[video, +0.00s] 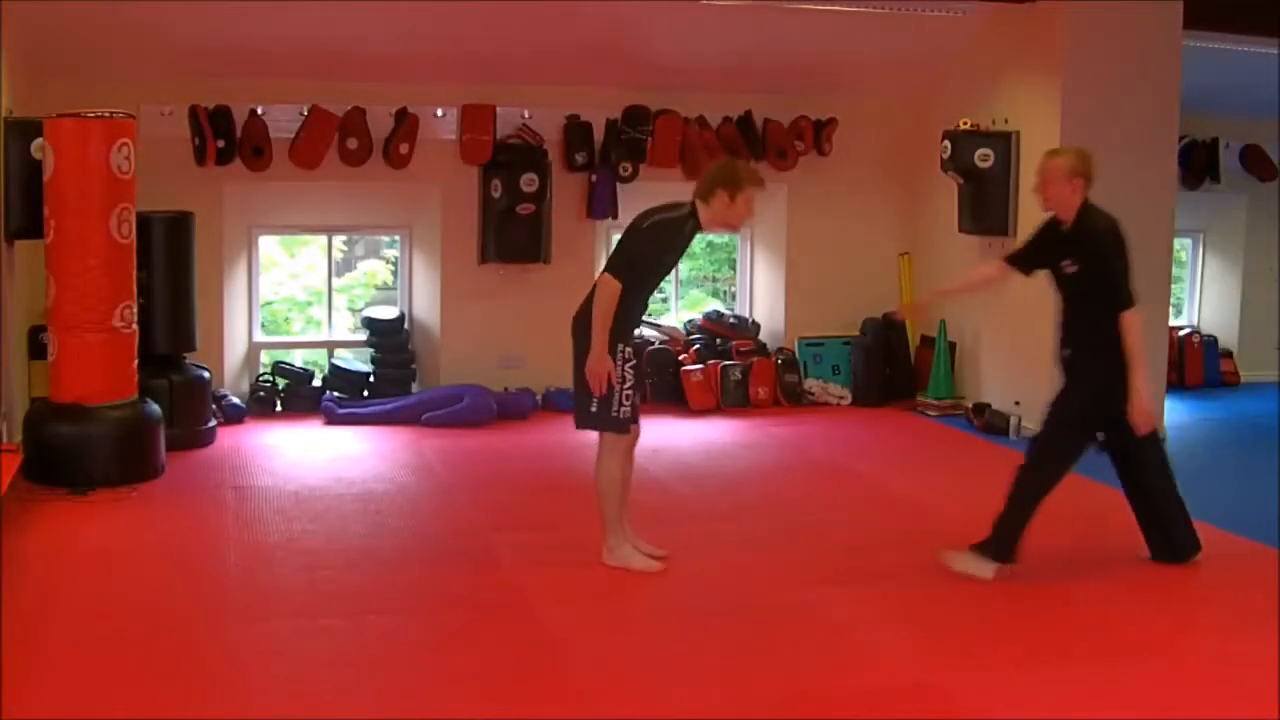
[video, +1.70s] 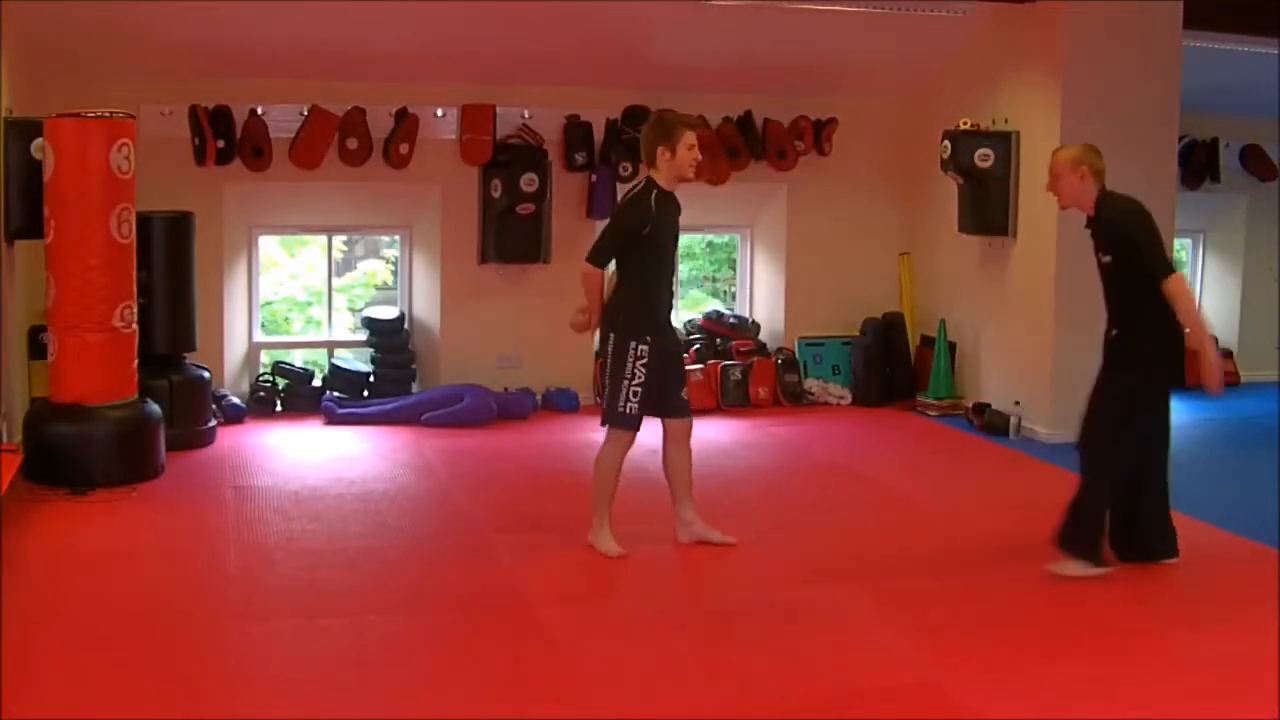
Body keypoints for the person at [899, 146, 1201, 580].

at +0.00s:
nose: (1038, 189)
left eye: (1046, 181)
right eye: (1039, 181)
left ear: (1076, 185)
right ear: (1063, 186)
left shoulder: (1102, 232)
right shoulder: (1054, 231)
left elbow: (1127, 314)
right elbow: (996, 271)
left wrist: (1140, 390)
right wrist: (931, 298)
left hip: (1101, 376)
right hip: (1094, 372)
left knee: (1043, 461)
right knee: (1140, 461)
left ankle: (995, 550)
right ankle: (1178, 545)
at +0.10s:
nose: (1001, 200)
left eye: (1011, 191)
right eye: (1003, 191)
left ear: (1041, 196)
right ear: (1027, 197)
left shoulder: (1069, 240)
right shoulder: (1017, 237)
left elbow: (1094, 324)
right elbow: (959, 262)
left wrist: (1103, 402)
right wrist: (892, 278)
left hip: (1069, 380)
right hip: (1059, 376)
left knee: (1010, 457)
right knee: (1107, 454)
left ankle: (975, 560)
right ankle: (1163, 532)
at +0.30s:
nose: (947, 204)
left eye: (955, 194)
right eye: (948, 194)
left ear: (983, 196)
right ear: (970, 197)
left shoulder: (1020, 232)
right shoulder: (963, 225)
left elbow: (1043, 319)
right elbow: (904, 248)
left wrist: (1036, 396)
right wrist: (837, 273)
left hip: (1037, 347)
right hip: (1018, 343)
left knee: (1000, 441)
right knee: (1061, 433)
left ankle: (977, 558)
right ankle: (1100, 525)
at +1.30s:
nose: (980, 178)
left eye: (989, 170)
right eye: (983, 170)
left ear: (1015, 177)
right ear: (1011, 179)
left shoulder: (1040, 227)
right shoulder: (1011, 222)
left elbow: (1021, 318)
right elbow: (948, 251)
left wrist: (981, 384)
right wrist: (879, 264)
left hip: (1063, 353)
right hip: (1079, 346)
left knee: (1017, 453)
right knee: (1104, 446)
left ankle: (983, 561)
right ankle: (1144, 538)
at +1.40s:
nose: (1013, 189)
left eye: (1019, 180)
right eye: (1014, 181)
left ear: (1043, 182)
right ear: (1044, 184)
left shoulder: (1069, 229)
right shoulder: (1050, 226)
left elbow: (1053, 305)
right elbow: (995, 249)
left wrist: (1024, 367)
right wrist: (935, 263)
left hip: (1083, 356)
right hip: (1098, 352)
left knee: (1031, 458)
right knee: (1107, 455)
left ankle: (985, 560)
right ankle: (1146, 543)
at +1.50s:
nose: (1031, 197)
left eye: (1037, 188)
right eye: (1032, 189)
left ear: (1065, 189)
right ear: (1064, 191)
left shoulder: (1094, 232)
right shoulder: (1078, 231)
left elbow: (1099, 299)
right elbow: (1043, 258)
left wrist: (1093, 351)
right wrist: (1006, 272)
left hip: (1108, 355)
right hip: (1115, 352)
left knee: (1058, 455)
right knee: (1114, 454)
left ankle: (1000, 554)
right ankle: (1146, 543)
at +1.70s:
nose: (1050, 187)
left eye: (1055, 178)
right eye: (1050, 179)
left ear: (1082, 176)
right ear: (1082, 177)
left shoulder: (1122, 215)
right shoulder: (1104, 218)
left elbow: (1171, 280)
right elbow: (1135, 286)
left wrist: (1205, 345)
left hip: (1141, 351)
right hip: (1135, 347)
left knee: (1101, 440)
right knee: (1140, 442)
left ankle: (1084, 547)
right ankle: (1149, 541)